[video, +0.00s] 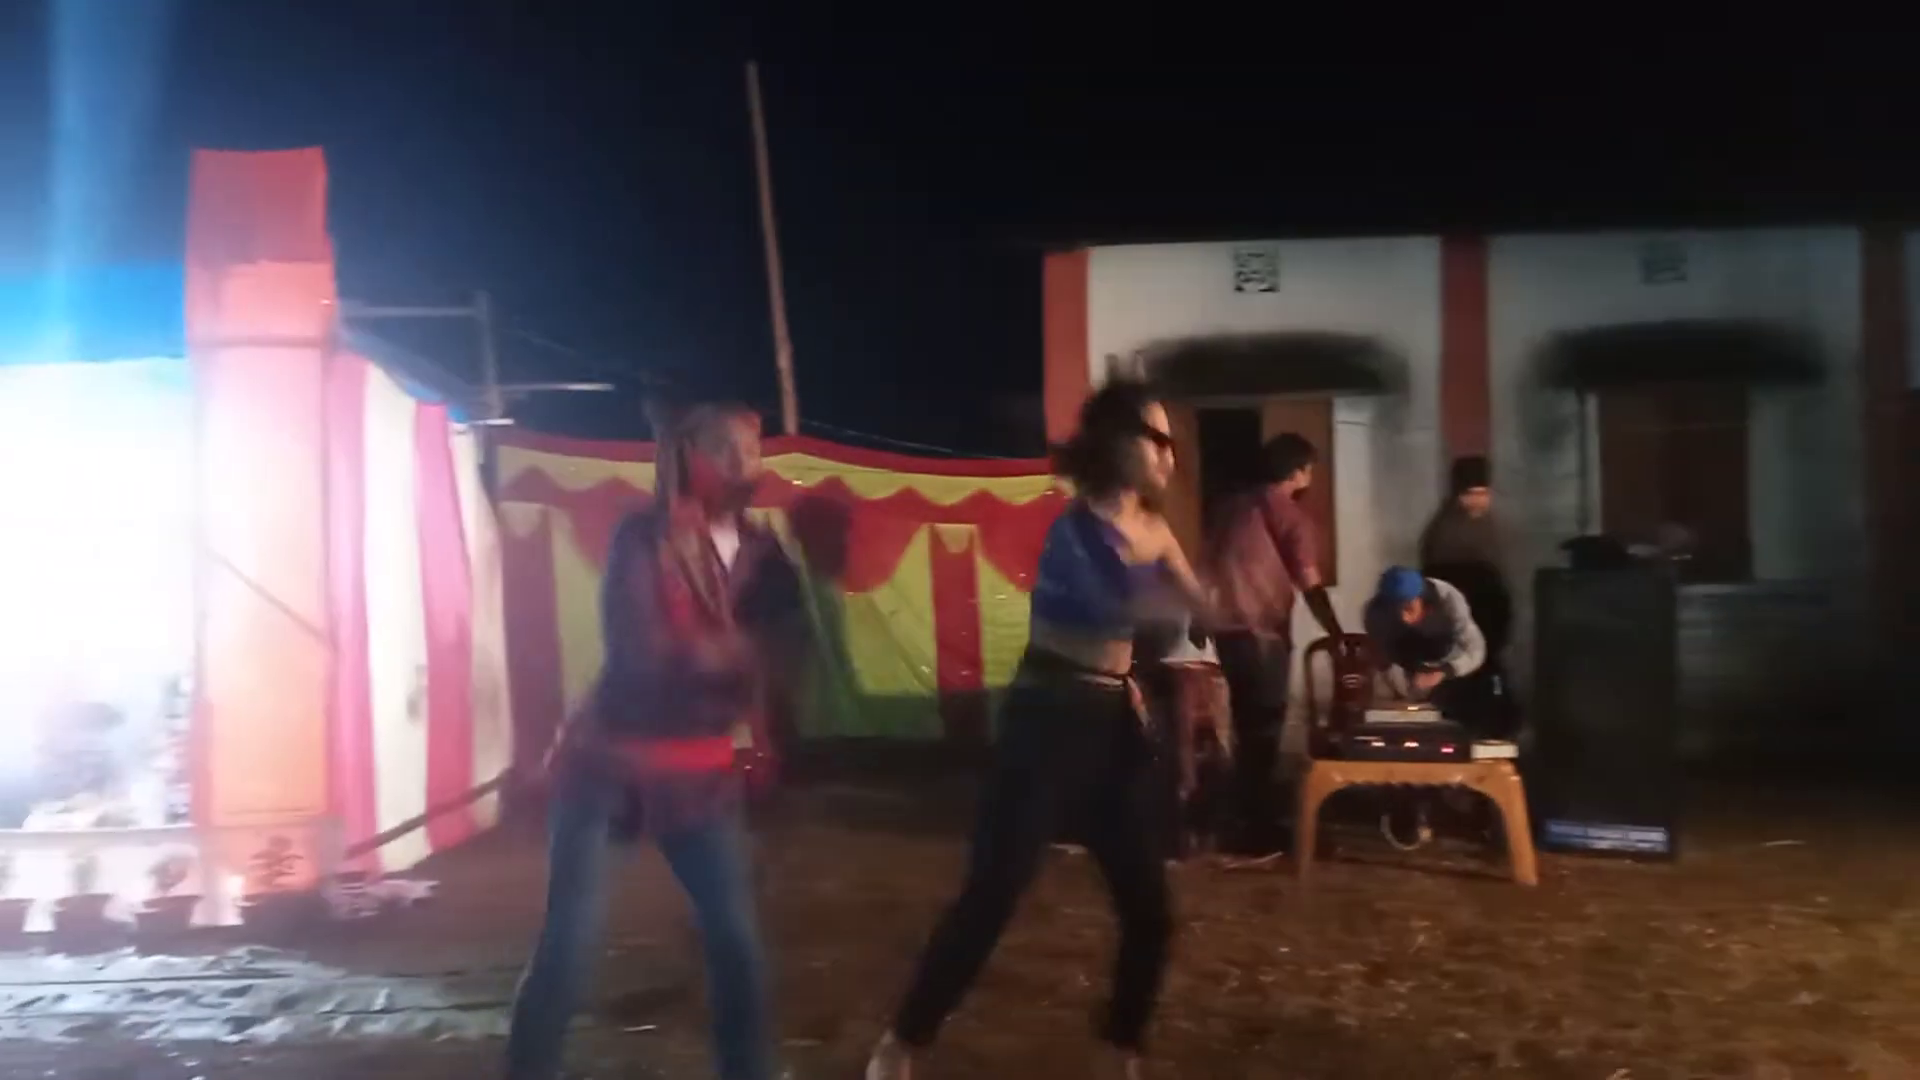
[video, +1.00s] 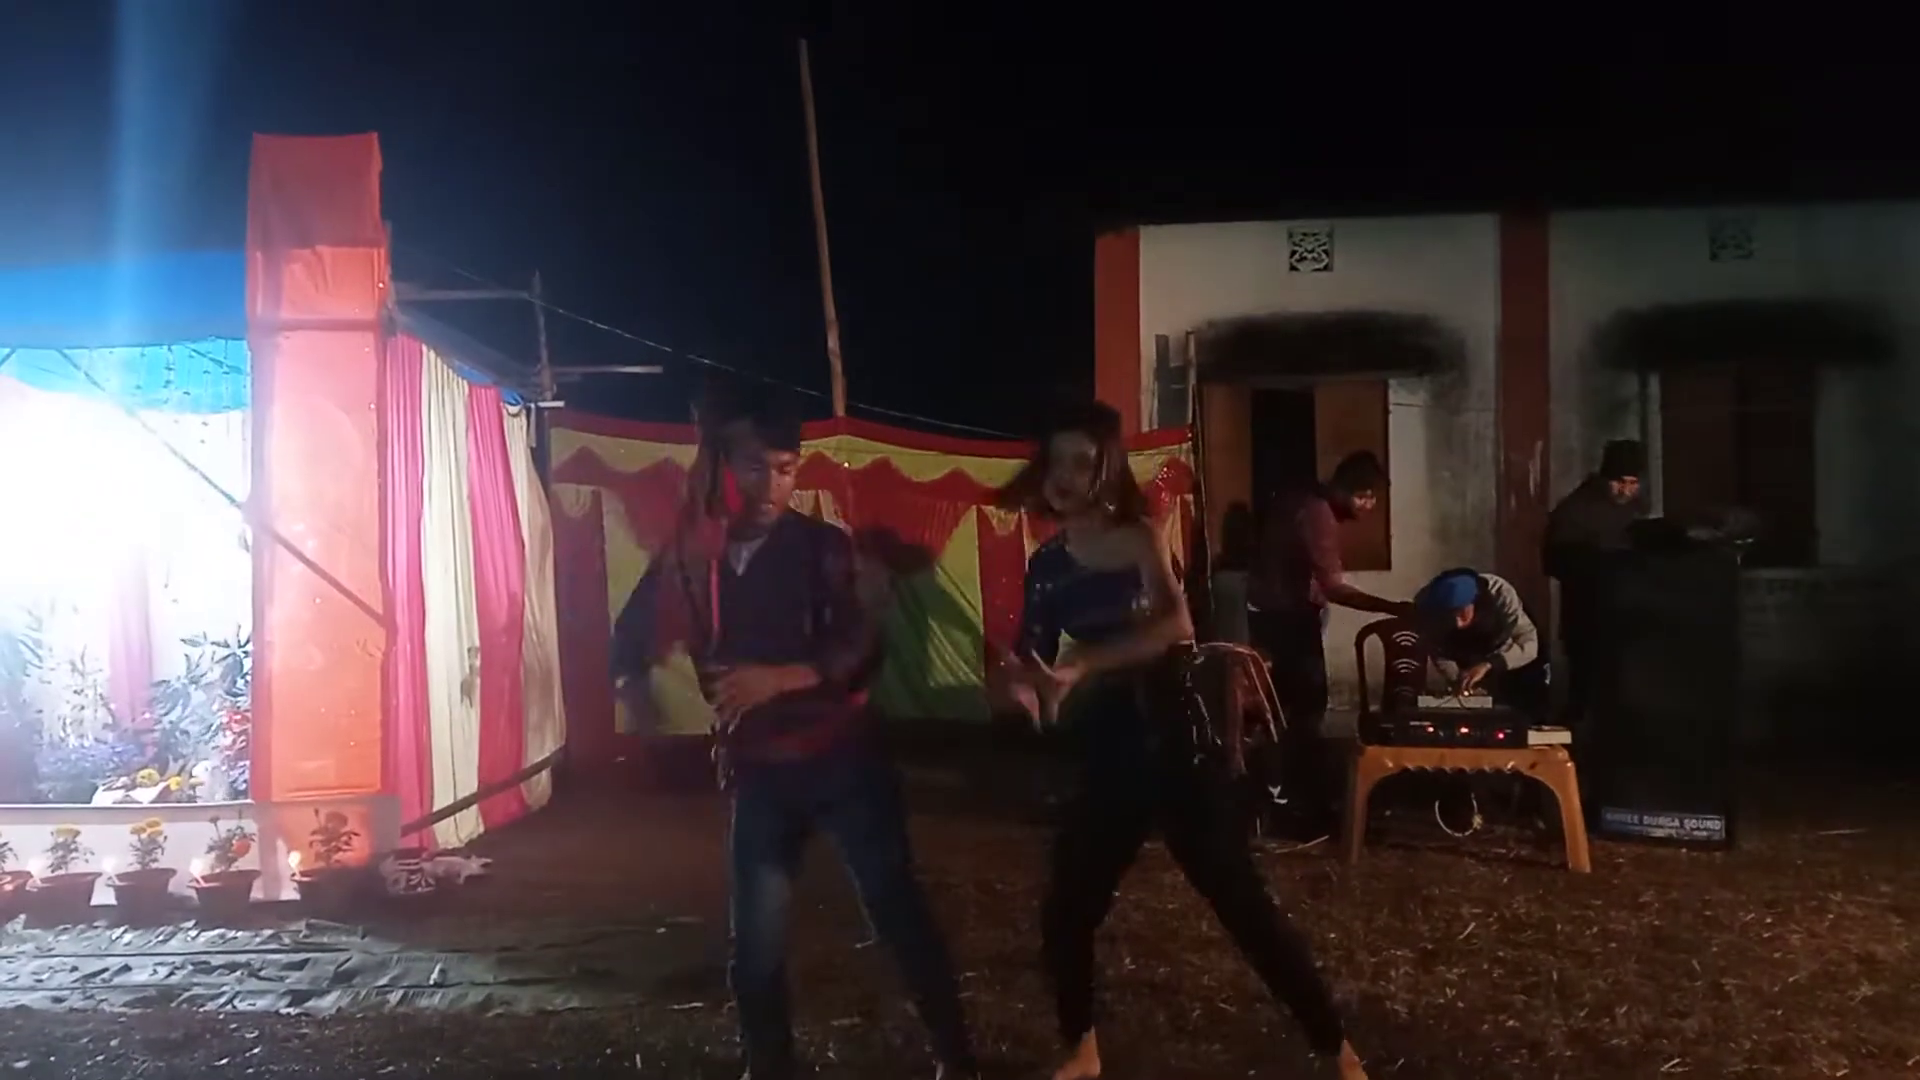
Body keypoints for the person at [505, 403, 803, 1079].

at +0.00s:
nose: (753, 467)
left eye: (755, 452)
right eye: (737, 452)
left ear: (752, 460)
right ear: (695, 459)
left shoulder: (761, 548)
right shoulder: (645, 537)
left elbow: (792, 651)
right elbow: (636, 653)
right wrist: (739, 660)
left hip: (698, 775)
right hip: (607, 772)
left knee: (740, 951)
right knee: (569, 954)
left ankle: (750, 1069)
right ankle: (528, 1068)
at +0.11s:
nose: (749, 482)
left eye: (753, 466)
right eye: (730, 466)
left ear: (759, 476)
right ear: (686, 477)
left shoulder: (768, 574)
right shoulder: (659, 558)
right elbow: (678, 673)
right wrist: (789, 724)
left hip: (682, 788)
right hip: (595, 780)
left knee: (742, 946)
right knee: (571, 958)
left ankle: (758, 1070)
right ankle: (525, 1069)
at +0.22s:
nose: (767, 465)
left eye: (771, 450)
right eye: (749, 449)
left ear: (774, 462)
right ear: (704, 461)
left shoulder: (772, 547)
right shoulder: (673, 531)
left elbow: (832, 609)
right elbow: (700, 608)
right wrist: (828, 628)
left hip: (668, 755)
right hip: (581, 746)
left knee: (730, 921)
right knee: (555, 924)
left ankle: (761, 1069)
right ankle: (524, 1069)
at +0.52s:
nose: (757, 463)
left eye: (762, 448)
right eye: (737, 448)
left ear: (770, 462)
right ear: (697, 463)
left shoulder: (792, 559)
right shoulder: (648, 560)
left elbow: (807, 671)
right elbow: (635, 689)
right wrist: (744, 706)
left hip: (739, 778)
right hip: (645, 778)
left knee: (792, 927)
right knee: (604, 945)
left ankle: (781, 1064)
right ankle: (546, 1068)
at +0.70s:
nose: (764, 418)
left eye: (773, 404)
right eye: (750, 402)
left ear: (781, 412)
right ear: (709, 405)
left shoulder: (805, 485)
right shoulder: (657, 496)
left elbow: (863, 575)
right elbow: (586, 600)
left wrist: (774, 548)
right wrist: (600, 565)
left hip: (798, 715)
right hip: (701, 719)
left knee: (820, 872)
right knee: (667, 883)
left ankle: (816, 1033)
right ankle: (611, 1038)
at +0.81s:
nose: (774, 420)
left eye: (780, 405)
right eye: (758, 404)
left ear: (786, 407)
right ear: (715, 403)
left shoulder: (807, 471)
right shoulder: (659, 492)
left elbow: (905, 537)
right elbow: (594, 597)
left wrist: (785, 527)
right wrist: (592, 533)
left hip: (817, 698)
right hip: (725, 710)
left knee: (855, 863)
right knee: (706, 877)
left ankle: (883, 1039)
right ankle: (703, 1042)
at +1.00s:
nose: (783, 484)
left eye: (791, 469)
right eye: (768, 468)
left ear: (798, 470)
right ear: (730, 470)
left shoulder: (827, 547)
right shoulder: (702, 557)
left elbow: (860, 652)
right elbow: (635, 640)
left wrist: (775, 679)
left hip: (844, 759)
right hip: (762, 770)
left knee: (896, 912)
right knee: (755, 940)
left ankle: (953, 1055)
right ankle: (769, 1066)